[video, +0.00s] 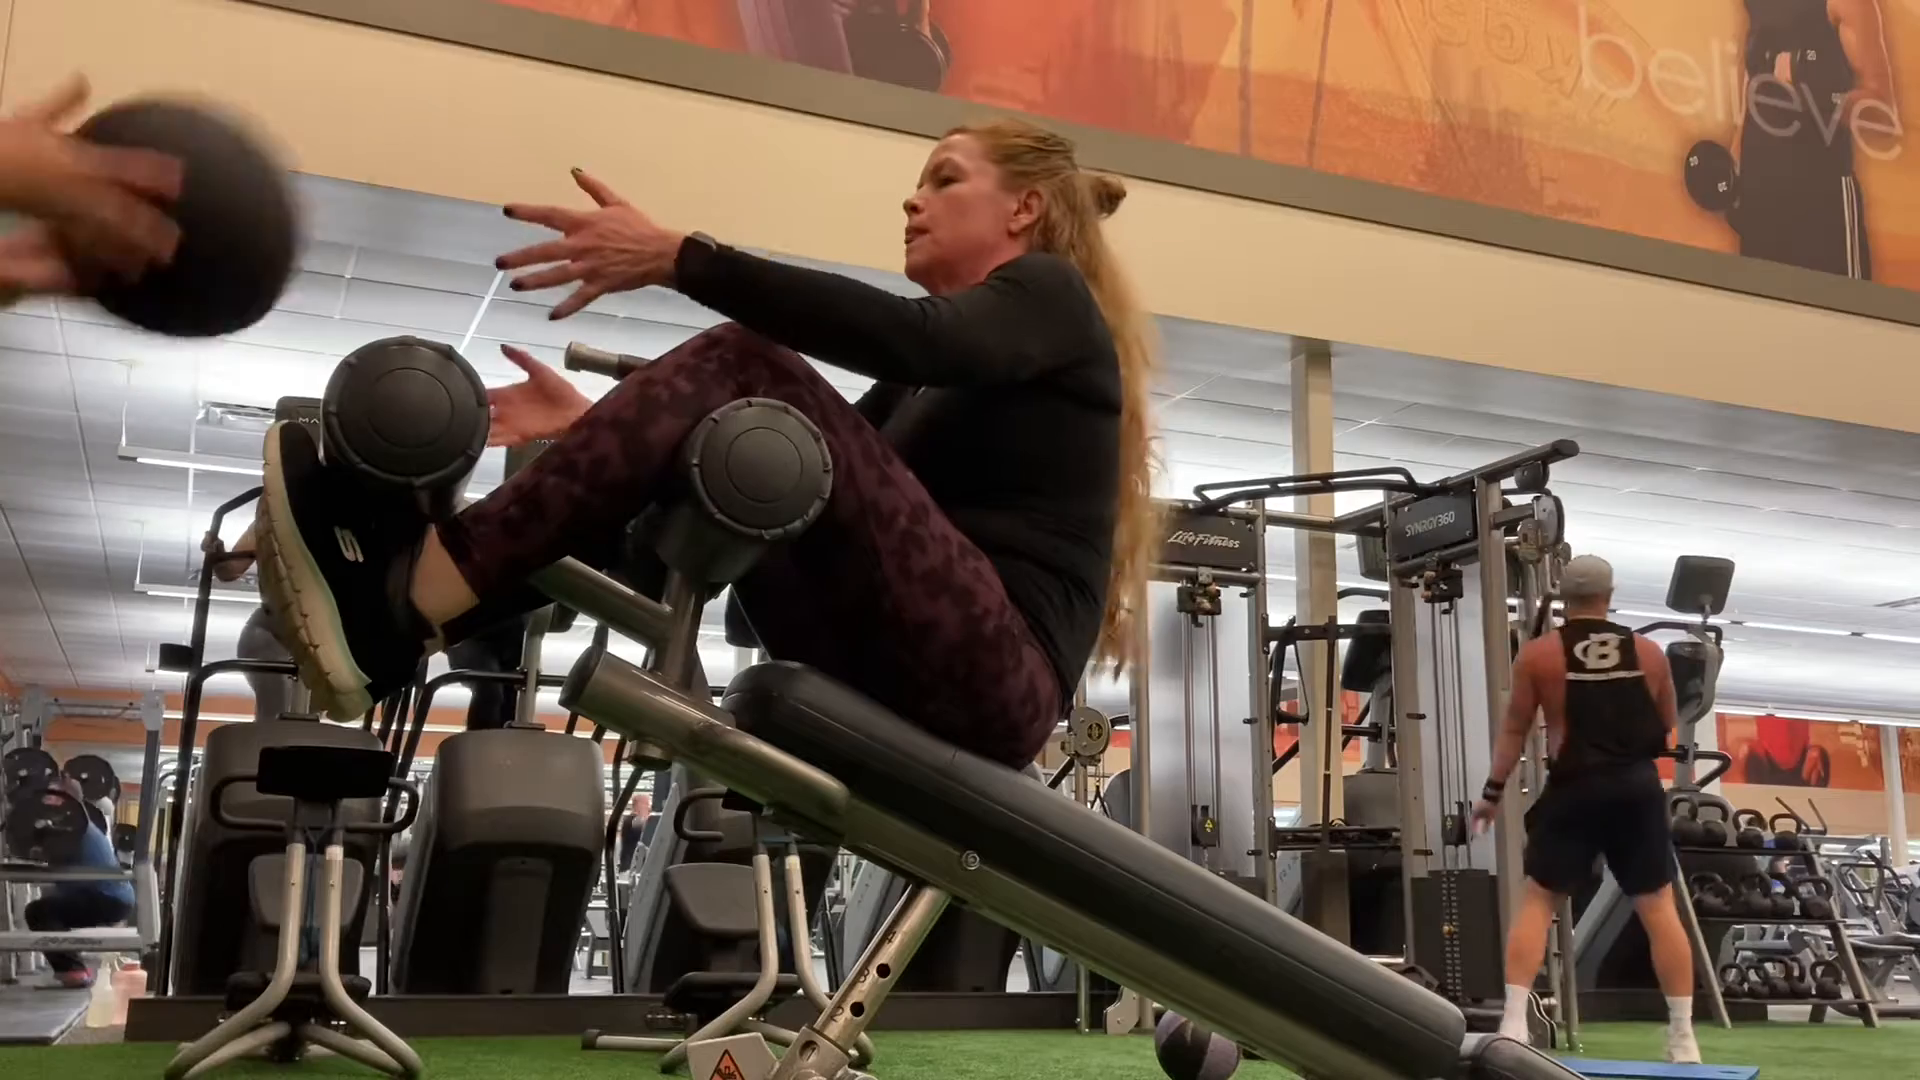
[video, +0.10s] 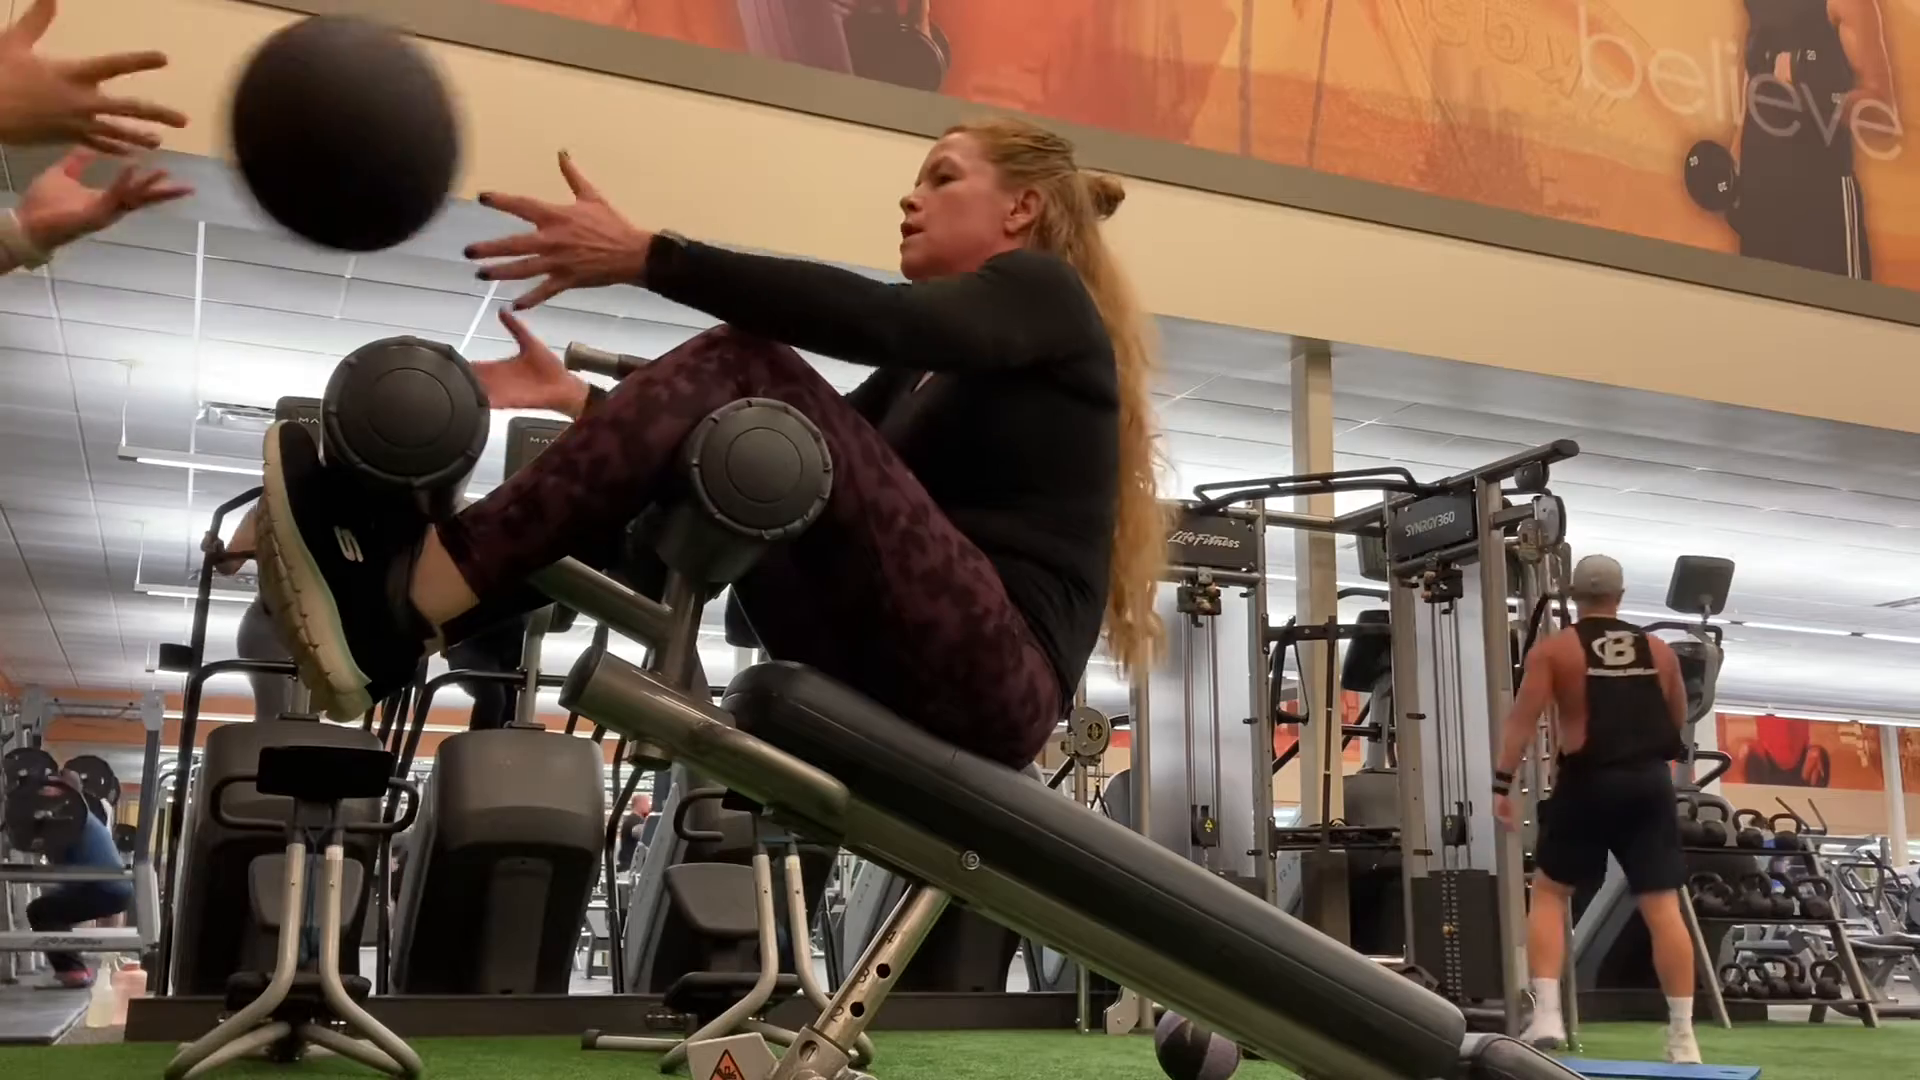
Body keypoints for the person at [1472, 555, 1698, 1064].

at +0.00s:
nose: (1597, 604)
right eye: (1604, 595)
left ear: (1563, 599)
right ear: (1609, 598)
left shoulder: (1538, 654)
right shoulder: (1649, 652)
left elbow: (1514, 730)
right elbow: (1666, 730)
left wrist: (1491, 794)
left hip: (1570, 795)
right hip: (1639, 794)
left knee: (1538, 900)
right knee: (1660, 911)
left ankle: (1513, 1027)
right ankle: (1683, 1039)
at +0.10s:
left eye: (1585, 595)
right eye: (1613, 594)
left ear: (1574, 597)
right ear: (1619, 596)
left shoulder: (1552, 649)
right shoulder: (1657, 648)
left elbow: (1522, 720)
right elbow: (1678, 719)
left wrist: (1502, 783)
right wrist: (1650, 754)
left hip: (1583, 788)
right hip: (1649, 787)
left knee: (1552, 892)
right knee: (1664, 907)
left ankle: (1546, 1017)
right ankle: (1683, 1037)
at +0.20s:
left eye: (1586, 595)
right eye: (1617, 596)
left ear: (1580, 598)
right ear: (1625, 599)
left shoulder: (1561, 646)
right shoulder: (1660, 648)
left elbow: (1539, 711)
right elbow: (1682, 718)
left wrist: (1523, 777)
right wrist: (1651, 744)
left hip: (1590, 787)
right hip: (1654, 786)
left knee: (1570, 897)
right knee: (1665, 904)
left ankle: (1583, 1026)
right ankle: (1683, 1036)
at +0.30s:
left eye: (1585, 595)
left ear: (1581, 598)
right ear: (1626, 600)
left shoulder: (1568, 645)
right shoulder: (1659, 651)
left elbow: (1554, 710)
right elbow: (1669, 718)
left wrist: (1540, 779)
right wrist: (1655, 769)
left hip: (1597, 785)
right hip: (1658, 784)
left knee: (1581, 900)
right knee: (1666, 906)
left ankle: (1597, 1030)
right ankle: (1683, 1036)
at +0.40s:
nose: (1572, 611)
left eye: (1572, 604)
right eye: (1579, 604)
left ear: (1575, 604)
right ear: (1615, 604)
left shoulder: (1577, 646)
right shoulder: (1639, 647)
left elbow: (1561, 711)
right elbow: (1658, 714)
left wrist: (1545, 778)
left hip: (1597, 781)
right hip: (1654, 783)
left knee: (1565, 890)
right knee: (1664, 900)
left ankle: (1589, 1017)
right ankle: (1682, 1029)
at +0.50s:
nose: (1554, 611)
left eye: (1556, 603)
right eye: (1557, 604)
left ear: (1566, 605)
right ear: (1600, 605)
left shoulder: (1577, 644)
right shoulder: (1631, 648)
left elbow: (1570, 716)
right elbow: (1668, 719)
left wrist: (1546, 775)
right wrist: (1660, 768)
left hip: (1599, 781)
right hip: (1652, 784)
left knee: (1552, 889)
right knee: (1663, 906)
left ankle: (1572, 1018)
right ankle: (1683, 1035)